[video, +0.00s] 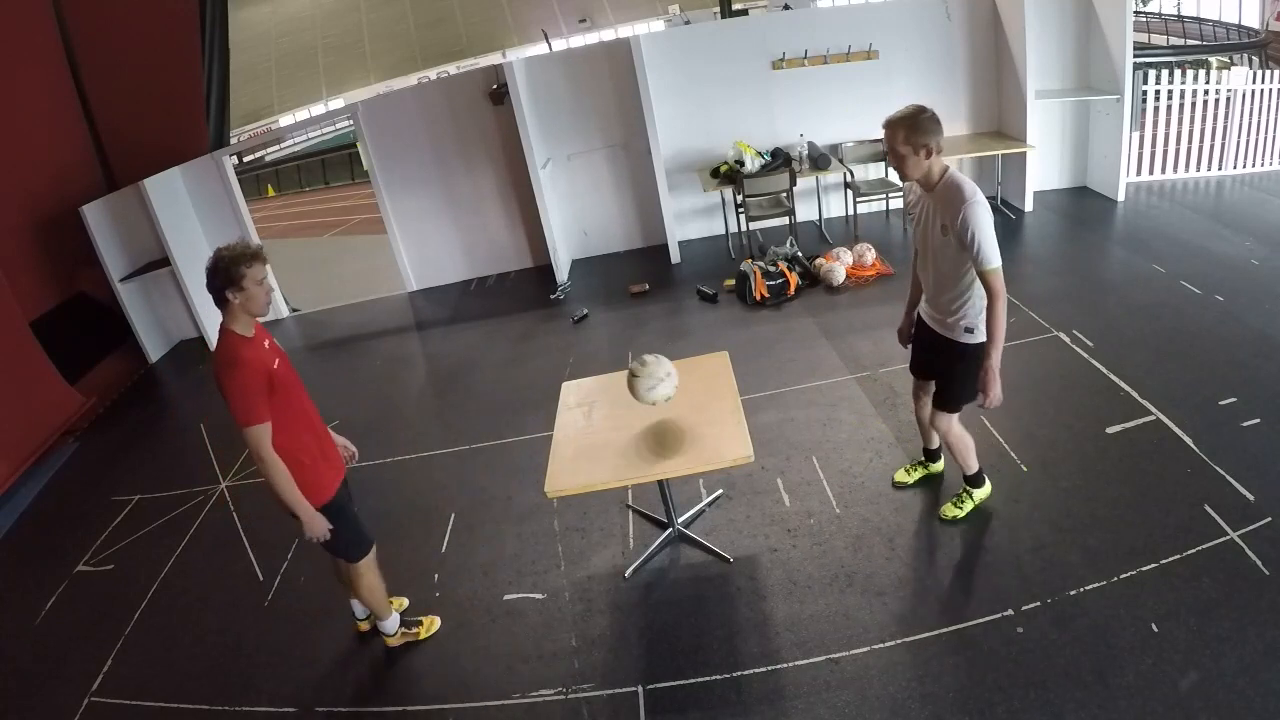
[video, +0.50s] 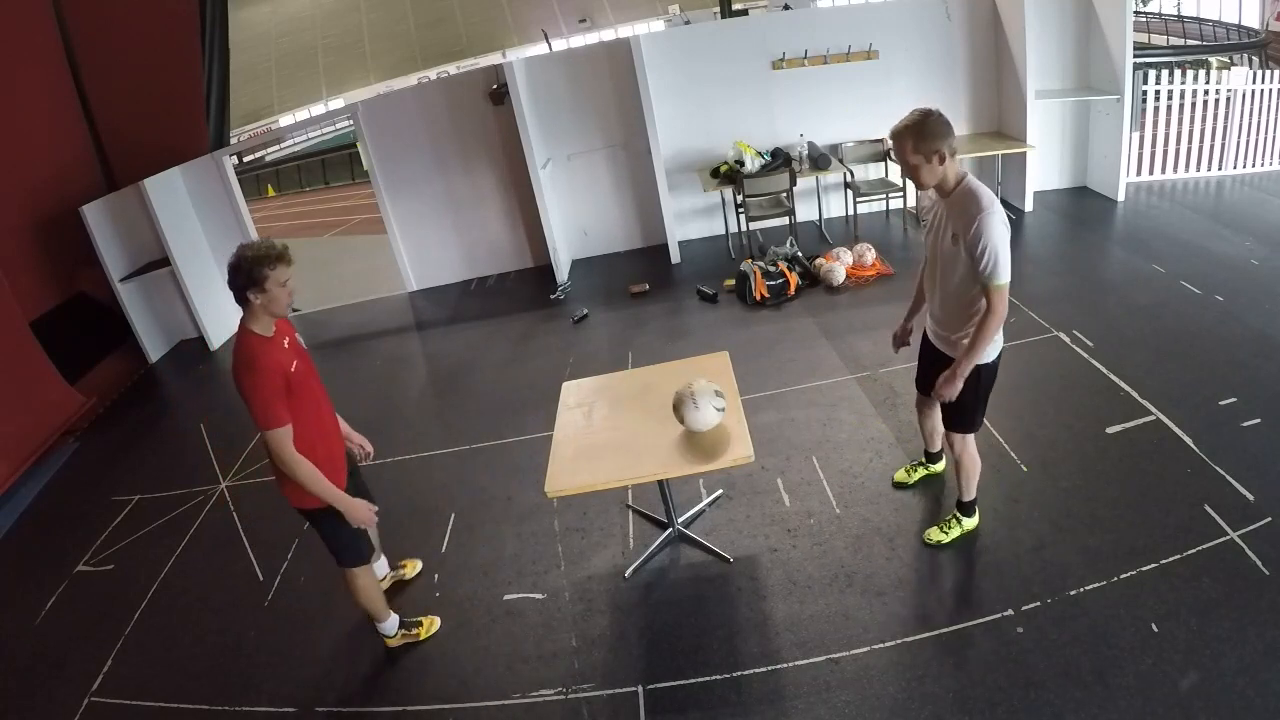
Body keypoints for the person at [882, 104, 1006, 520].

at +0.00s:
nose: (891, 163)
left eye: (897, 155)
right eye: (888, 154)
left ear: (928, 151)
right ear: (919, 152)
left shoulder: (966, 202)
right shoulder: (916, 190)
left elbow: (997, 291)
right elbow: (920, 260)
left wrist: (992, 364)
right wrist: (909, 314)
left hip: (966, 331)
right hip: (929, 319)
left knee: (944, 420)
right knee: (921, 394)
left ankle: (977, 484)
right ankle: (932, 459)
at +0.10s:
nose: (888, 165)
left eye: (893, 156)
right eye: (885, 156)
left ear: (924, 151)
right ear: (916, 152)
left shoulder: (967, 204)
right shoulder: (912, 193)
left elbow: (996, 289)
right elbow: (913, 257)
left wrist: (977, 361)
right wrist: (903, 315)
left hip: (960, 333)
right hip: (926, 320)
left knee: (936, 425)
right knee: (921, 396)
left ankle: (974, 486)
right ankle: (931, 459)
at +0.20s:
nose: (889, 169)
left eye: (894, 159)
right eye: (886, 159)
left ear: (924, 151)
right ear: (915, 153)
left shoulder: (968, 206)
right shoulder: (913, 194)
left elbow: (992, 290)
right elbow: (913, 258)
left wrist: (963, 355)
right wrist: (898, 314)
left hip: (962, 337)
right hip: (926, 323)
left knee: (942, 427)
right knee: (922, 392)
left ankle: (966, 506)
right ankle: (931, 458)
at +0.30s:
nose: (892, 168)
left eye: (897, 159)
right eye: (890, 159)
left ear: (927, 153)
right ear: (921, 154)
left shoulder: (971, 211)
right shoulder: (917, 195)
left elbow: (989, 294)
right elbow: (916, 260)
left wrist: (955, 353)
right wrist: (897, 312)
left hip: (965, 341)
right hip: (929, 326)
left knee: (950, 430)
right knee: (923, 394)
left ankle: (967, 510)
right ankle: (932, 459)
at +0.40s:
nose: (898, 173)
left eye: (902, 163)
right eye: (895, 164)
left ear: (933, 154)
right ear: (927, 155)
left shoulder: (976, 216)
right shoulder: (930, 199)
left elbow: (991, 303)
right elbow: (924, 265)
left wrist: (954, 360)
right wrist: (901, 313)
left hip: (968, 347)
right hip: (932, 331)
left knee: (955, 433)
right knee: (926, 396)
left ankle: (968, 511)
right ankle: (933, 459)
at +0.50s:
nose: (905, 174)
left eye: (909, 165)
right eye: (902, 165)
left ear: (939, 156)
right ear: (932, 157)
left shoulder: (982, 216)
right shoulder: (936, 200)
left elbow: (999, 307)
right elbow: (931, 269)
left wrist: (960, 370)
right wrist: (909, 320)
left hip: (971, 351)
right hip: (936, 336)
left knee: (959, 436)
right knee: (926, 401)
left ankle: (967, 512)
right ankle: (933, 459)